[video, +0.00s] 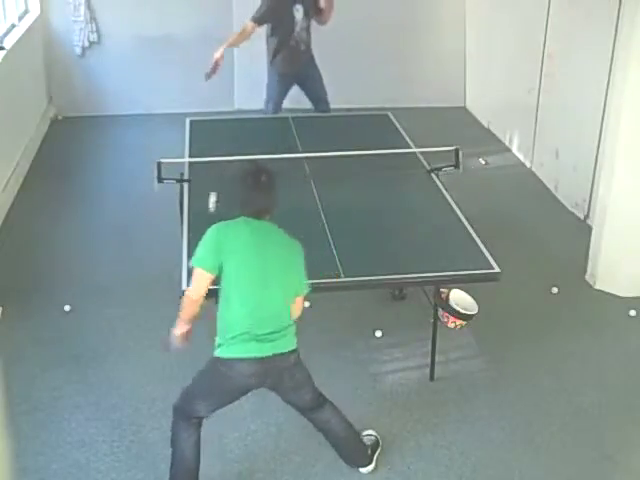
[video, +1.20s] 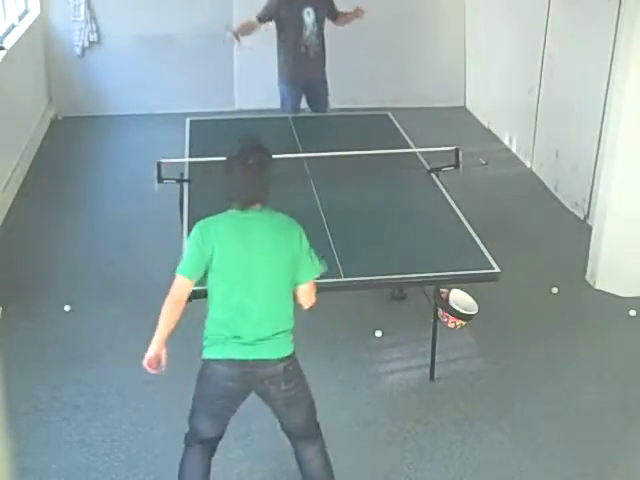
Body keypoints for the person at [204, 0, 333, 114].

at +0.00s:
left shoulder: (307, 2)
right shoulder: (273, 4)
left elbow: (322, 20)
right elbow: (248, 29)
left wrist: (329, 3)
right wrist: (222, 49)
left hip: (306, 63)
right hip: (281, 66)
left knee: (323, 108)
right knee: (272, 111)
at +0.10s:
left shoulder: (318, 3)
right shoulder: (282, 4)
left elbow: (333, 21)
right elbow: (260, 31)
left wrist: (341, 5)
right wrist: (238, 57)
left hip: (314, 64)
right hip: (290, 66)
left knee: (331, 108)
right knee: (277, 111)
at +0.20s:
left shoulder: (327, 3)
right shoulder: (288, 3)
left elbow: (342, 20)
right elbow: (273, 29)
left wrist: (348, 7)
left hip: (321, 65)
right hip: (295, 66)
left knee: (335, 111)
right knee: (284, 111)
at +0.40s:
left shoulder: (337, 3)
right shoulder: (295, 3)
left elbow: (354, 21)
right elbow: (287, 28)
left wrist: (359, 8)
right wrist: (281, 58)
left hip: (325, 63)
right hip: (300, 63)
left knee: (335, 109)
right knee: (298, 110)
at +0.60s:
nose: (315, 2)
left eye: (318, 1)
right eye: (312, 1)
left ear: (324, 0)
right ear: (308, 0)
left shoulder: (337, 6)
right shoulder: (296, 11)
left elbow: (355, 32)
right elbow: (281, 43)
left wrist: (361, 26)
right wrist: (291, 63)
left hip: (327, 72)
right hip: (301, 72)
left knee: (336, 114)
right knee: (297, 114)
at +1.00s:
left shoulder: (321, 3)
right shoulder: (281, 6)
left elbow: (334, 20)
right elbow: (266, 43)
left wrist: (350, 24)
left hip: (315, 66)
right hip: (288, 68)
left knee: (324, 113)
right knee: (289, 114)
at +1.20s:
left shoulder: (323, 1)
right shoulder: (280, 2)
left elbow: (337, 18)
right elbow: (257, 22)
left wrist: (353, 15)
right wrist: (238, 31)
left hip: (316, 73)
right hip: (290, 74)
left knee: (323, 120)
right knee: (289, 120)